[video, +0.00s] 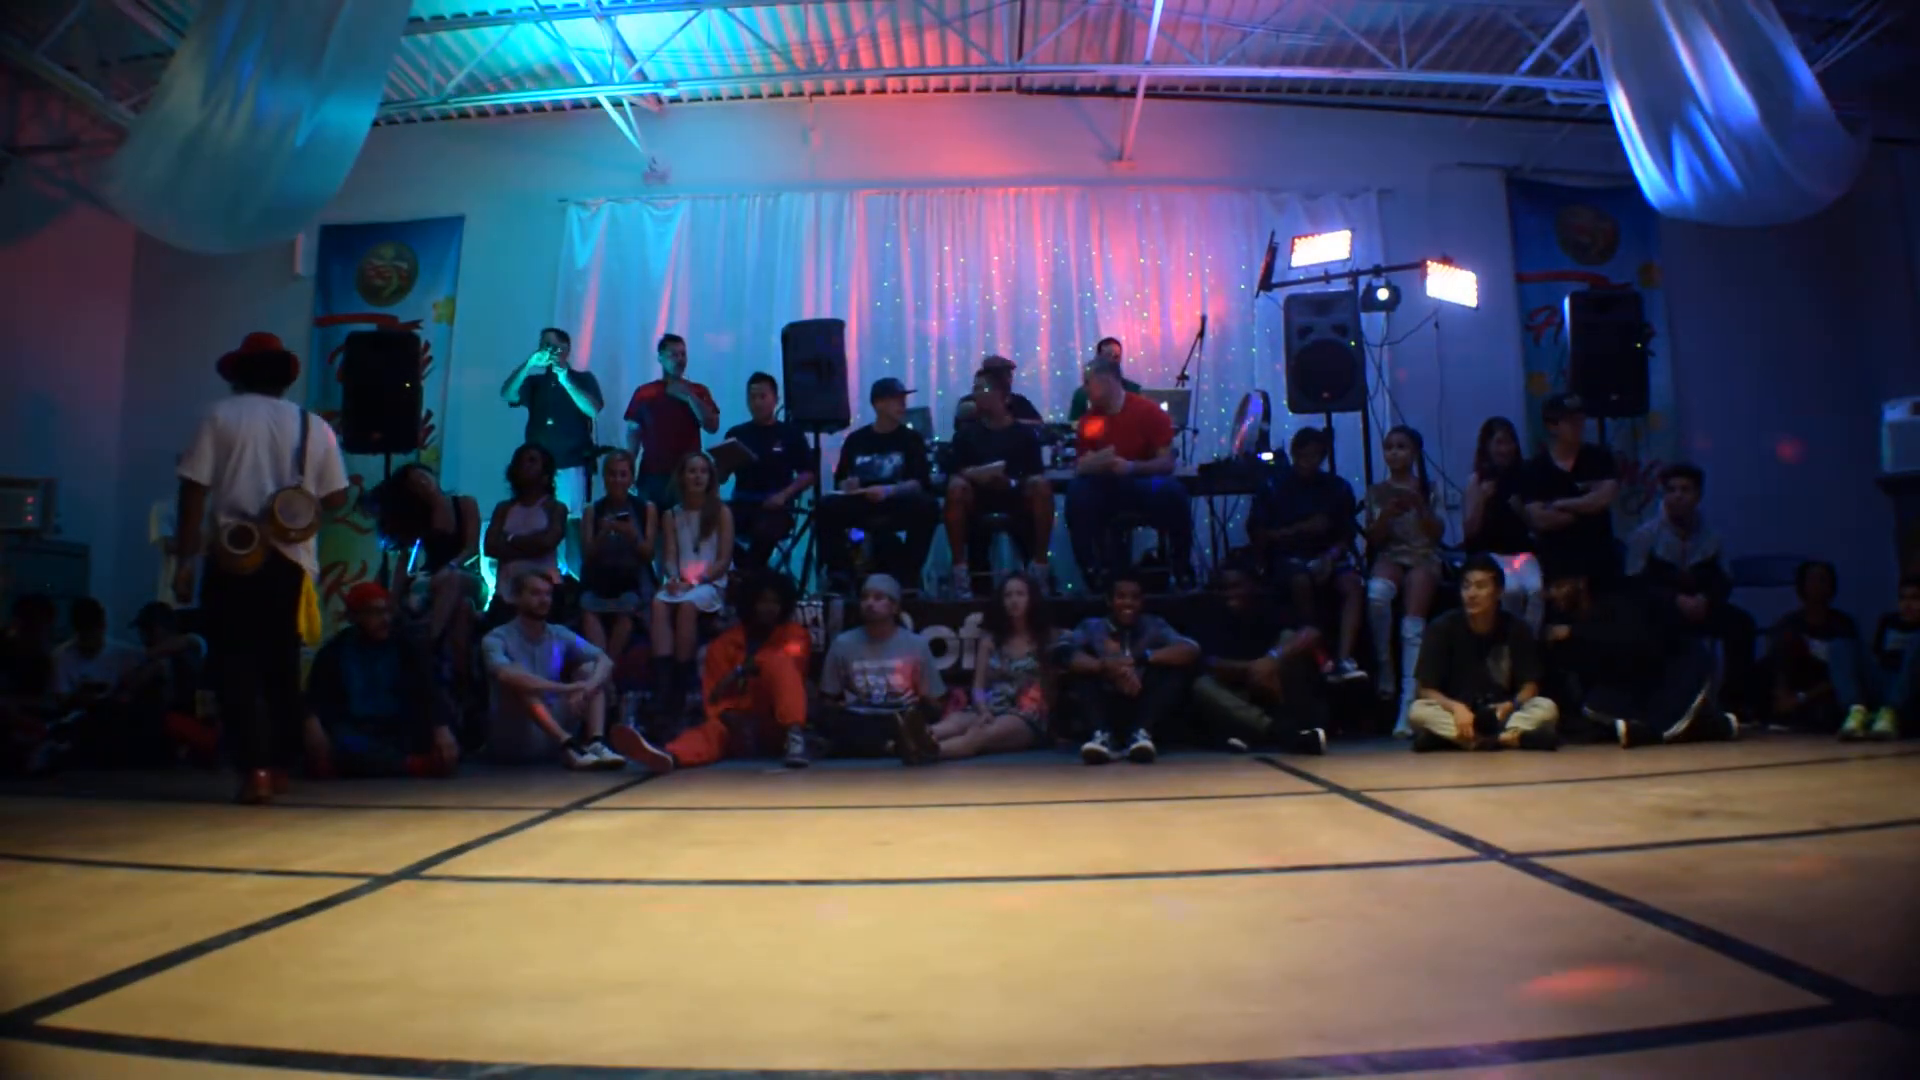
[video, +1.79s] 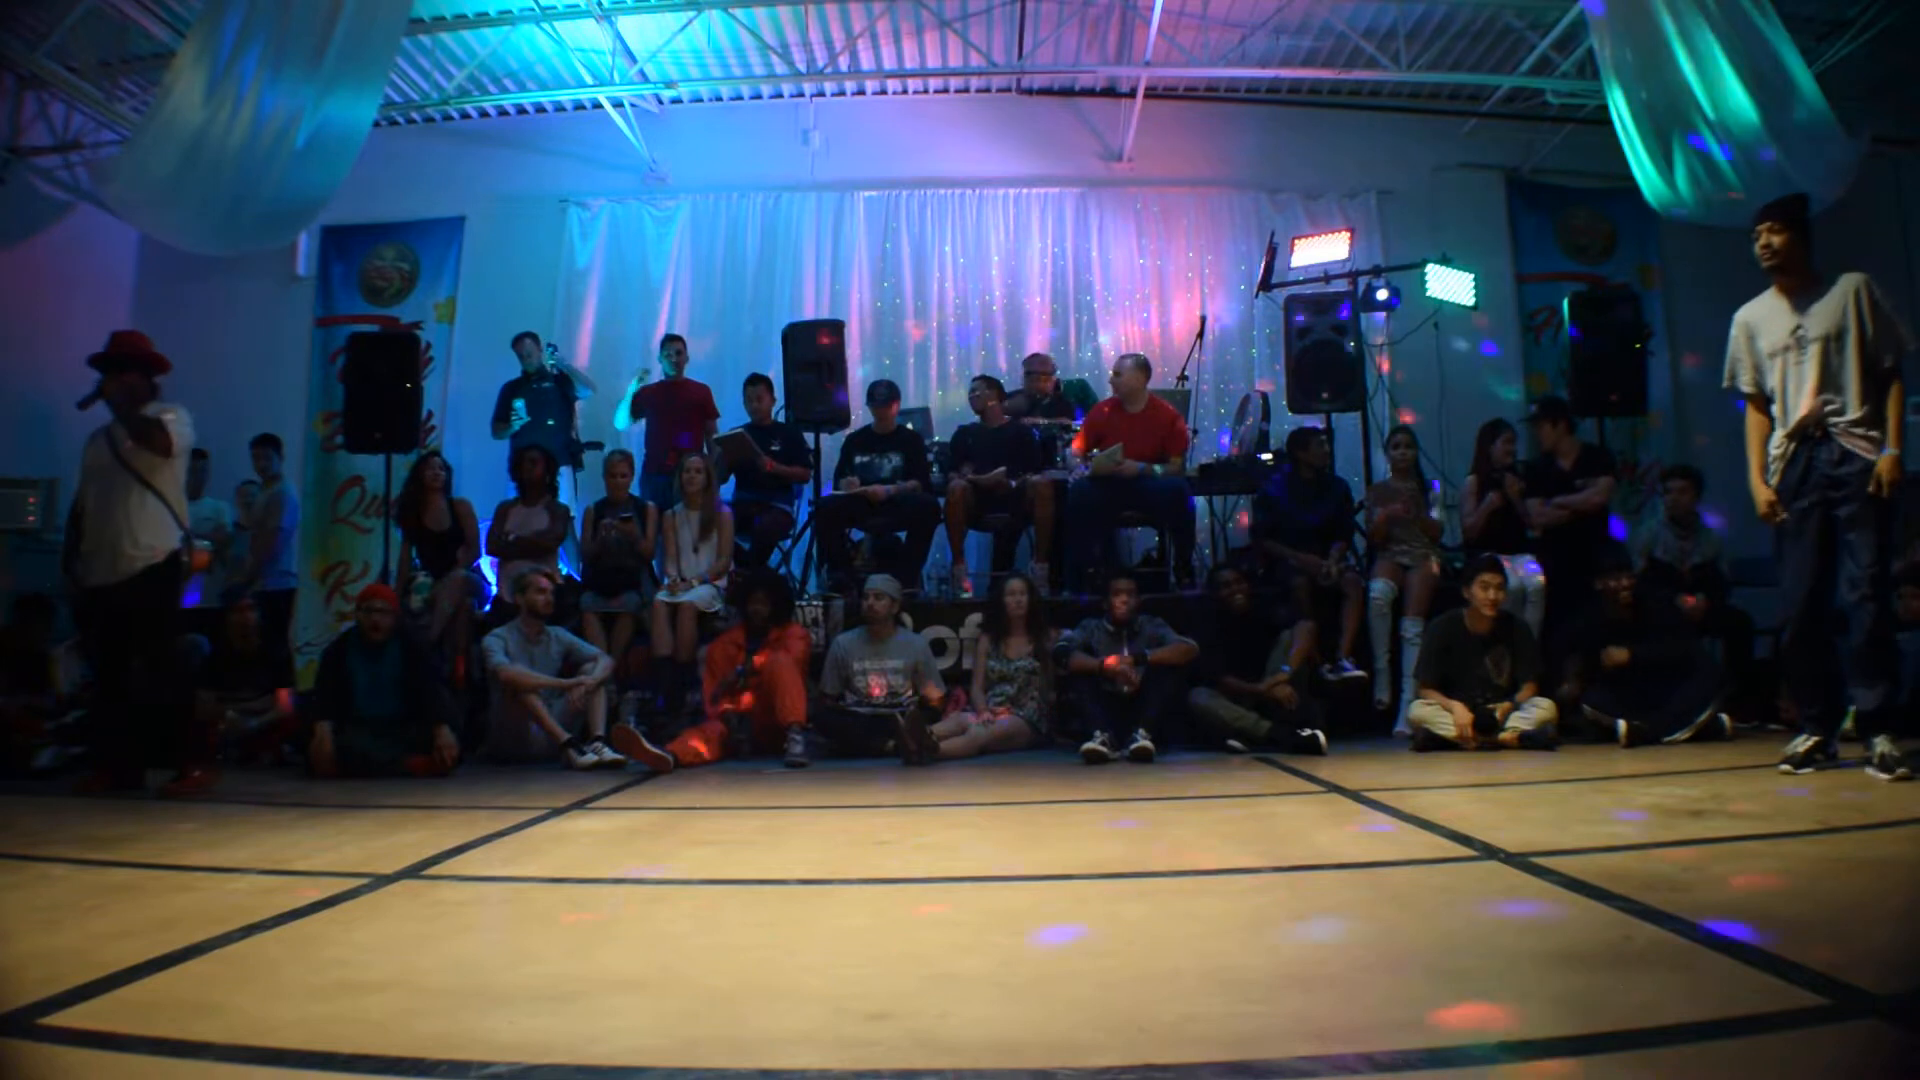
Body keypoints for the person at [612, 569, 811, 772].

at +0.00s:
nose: (768, 609)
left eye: (775, 603)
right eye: (762, 602)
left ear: (784, 607)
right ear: (749, 604)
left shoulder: (793, 634)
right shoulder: (724, 645)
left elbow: (790, 662)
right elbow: (713, 703)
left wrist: (756, 665)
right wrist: (735, 676)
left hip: (775, 718)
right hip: (737, 721)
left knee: (779, 661)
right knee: (709, 734)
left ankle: (795, 737)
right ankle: (670, 756)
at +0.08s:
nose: (768, 609)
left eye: (775, 603)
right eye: (762, 602)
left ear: (784, 607)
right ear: (749, 604)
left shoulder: (793, 634)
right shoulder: (724, 645)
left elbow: (790, 666)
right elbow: (714, 703)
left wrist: (756, 665)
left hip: (775, 718)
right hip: (738, 721)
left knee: (779, 661)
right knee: (711, 733)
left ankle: (794, 738)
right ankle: (671, 756)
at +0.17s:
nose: (768, 609)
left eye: (774, 603)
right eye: (762, 602)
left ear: (784, 607)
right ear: (749, 605)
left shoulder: (793, 634)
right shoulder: (724, 645)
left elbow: (787, 669)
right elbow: (714, 705)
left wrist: (751, 666)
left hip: (774, 717)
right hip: (738, 720)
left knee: (780, 661)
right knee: (711, 734)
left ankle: (794, 739)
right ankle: (670, 755)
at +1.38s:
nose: (767, 609)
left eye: (773, 603)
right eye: (761, 602)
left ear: (783, 606)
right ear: (748, 605)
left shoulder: (793, 633)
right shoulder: (724, 645)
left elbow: (789, 666)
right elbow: (713, 704)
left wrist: (753, 668)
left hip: (775, 715)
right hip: (738, 721)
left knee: (778, 660)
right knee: (711, 734)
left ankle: (795, 737)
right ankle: (670, 755)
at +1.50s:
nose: (768, 609)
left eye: (774, 603)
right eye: (762, 602)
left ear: (783, 607)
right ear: (749, 605)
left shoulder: (793, 634)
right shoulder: (723, 646)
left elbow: (790, 655)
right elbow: (713, 704)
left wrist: (753, 666)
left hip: (775, 717)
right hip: (738, 721)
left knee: (779, 661)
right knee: (711, 734)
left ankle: (795, 735)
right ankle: (670, 755)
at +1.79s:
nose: (757, 610)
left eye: (764, 604)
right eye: (752, 603)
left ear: (778, 605)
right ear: (743, 606)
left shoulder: (793, 634)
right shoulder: (724, 645)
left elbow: (786, 664)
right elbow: (714, 705)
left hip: (774, 716)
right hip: (738, 721)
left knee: (780, 660)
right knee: (711, 734)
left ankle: (795, 736)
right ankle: (670, 755)